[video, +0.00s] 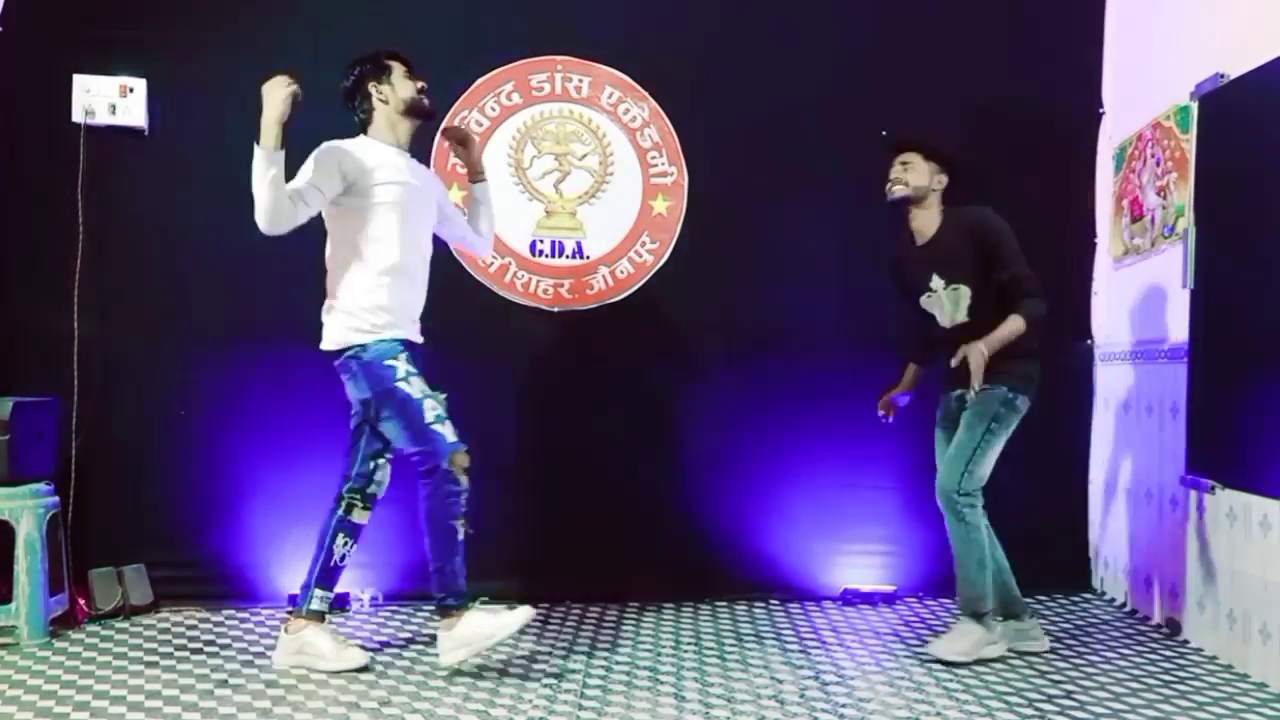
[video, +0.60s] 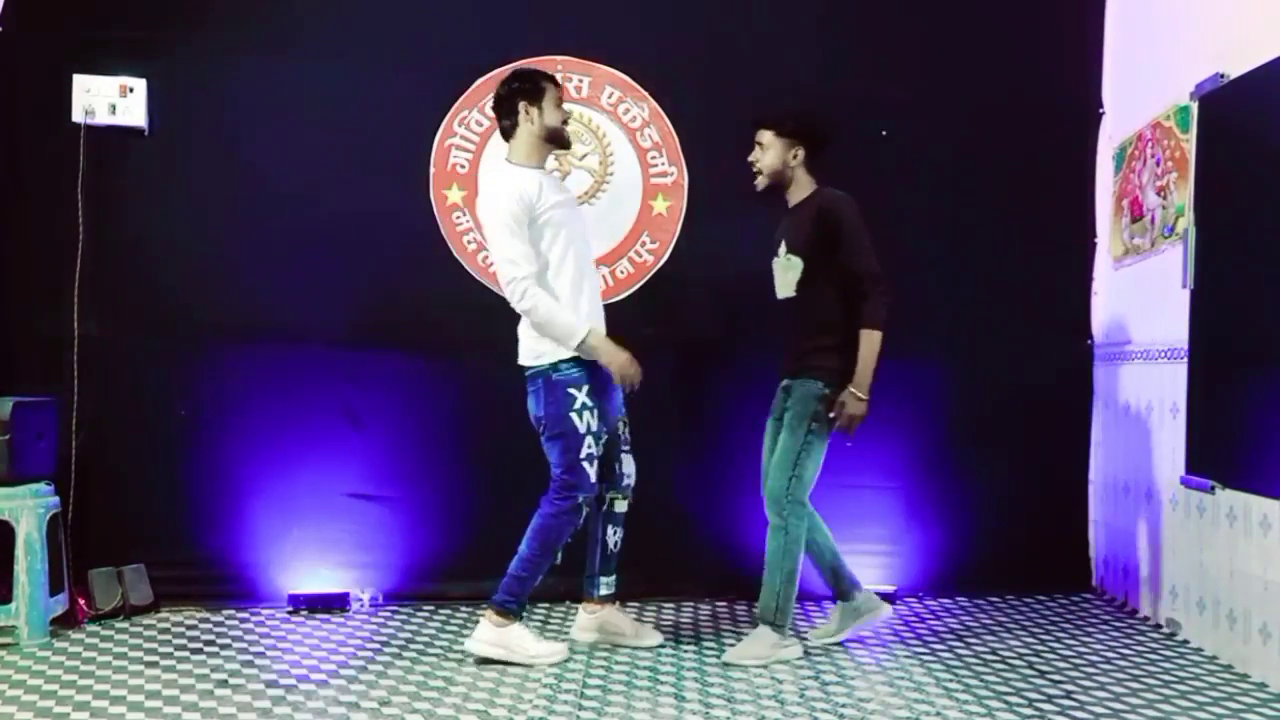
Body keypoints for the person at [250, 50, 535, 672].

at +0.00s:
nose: (422, 88)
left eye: (420, 80)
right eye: (408, 78)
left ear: (405, 96)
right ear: (374, 91)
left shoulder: (424, 180)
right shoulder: (345, 155)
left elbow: (479, 240)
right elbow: (273, 217)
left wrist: (473, 171)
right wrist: (271, 125)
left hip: (399, 340)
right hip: (362, 338)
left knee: (365, 480)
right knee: (446, 458)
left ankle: (304, 624)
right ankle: (455, 619)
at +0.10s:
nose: (442, 94)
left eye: (440, 87)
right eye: (430, 84)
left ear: (420, 103)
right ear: (395, 97)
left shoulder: (451, 180)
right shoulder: (364, 167)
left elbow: (499, 244)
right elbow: (312, 248)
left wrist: (528, 180)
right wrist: (274, 199)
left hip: (426, 342)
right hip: (399, 343)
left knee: (381, 490)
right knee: (484, 464)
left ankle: (306, 622)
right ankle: (478, 623)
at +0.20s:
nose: (466, 100)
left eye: (463, 90)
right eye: (455, 88)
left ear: (431, 98)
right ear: (422, 96)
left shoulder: (470, 177)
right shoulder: (394, 174)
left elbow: (523, 244)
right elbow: (358, 251)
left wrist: (577, 217)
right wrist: (306, 281)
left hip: (460, 355)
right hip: (448, 357)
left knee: (436, 493)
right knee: (510, 477)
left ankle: (332, 605)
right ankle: (488, 629)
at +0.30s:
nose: (492, 104)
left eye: (490, 94)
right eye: (483, 94)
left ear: (465, 106)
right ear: (451, 103)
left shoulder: (489, 174)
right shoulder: (426, 180)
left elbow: (539, 235)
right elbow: (404, 270)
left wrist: (600, 273)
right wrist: (365, 355)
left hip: (504, 361)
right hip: (480, 367)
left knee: (516, 482)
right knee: (533, 483)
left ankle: (405, 573)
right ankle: (494, 630)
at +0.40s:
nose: (520, 111)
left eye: (517, 101)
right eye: (511, 100)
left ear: (482, 112)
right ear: (478, 110)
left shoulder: (507, 180)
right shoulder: (456, 189)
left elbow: (549, 254)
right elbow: (455, 289)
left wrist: (597, 316)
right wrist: (451, 386)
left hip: (540, 363)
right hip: (510, 370)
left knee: (583, 471)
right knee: (553, 488)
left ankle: (495, 587)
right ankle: (496, 629)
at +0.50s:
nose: (543, 115)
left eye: (541, 105)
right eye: (536, 104)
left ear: (505, 111)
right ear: (505, 110)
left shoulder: (531, 179)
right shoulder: (482, 190)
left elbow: (556, 269)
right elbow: (497, 294)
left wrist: (590, 337)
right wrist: (534, 379)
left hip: (571, 358)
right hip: (535, 365)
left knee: (607, 474)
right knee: (560, 488)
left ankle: (583, 606)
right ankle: (493, 628)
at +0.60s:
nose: (565, 117)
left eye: (564, 106)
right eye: (557, 106)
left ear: (528, 115)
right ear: (526, 113)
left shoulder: (548, 174)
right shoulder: (505, 187)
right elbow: (522, 289)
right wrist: (596, 344)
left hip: (592, 353)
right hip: (554, 359)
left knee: (617, 477)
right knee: (575, 484)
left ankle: (599, 607)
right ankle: (498, 621)